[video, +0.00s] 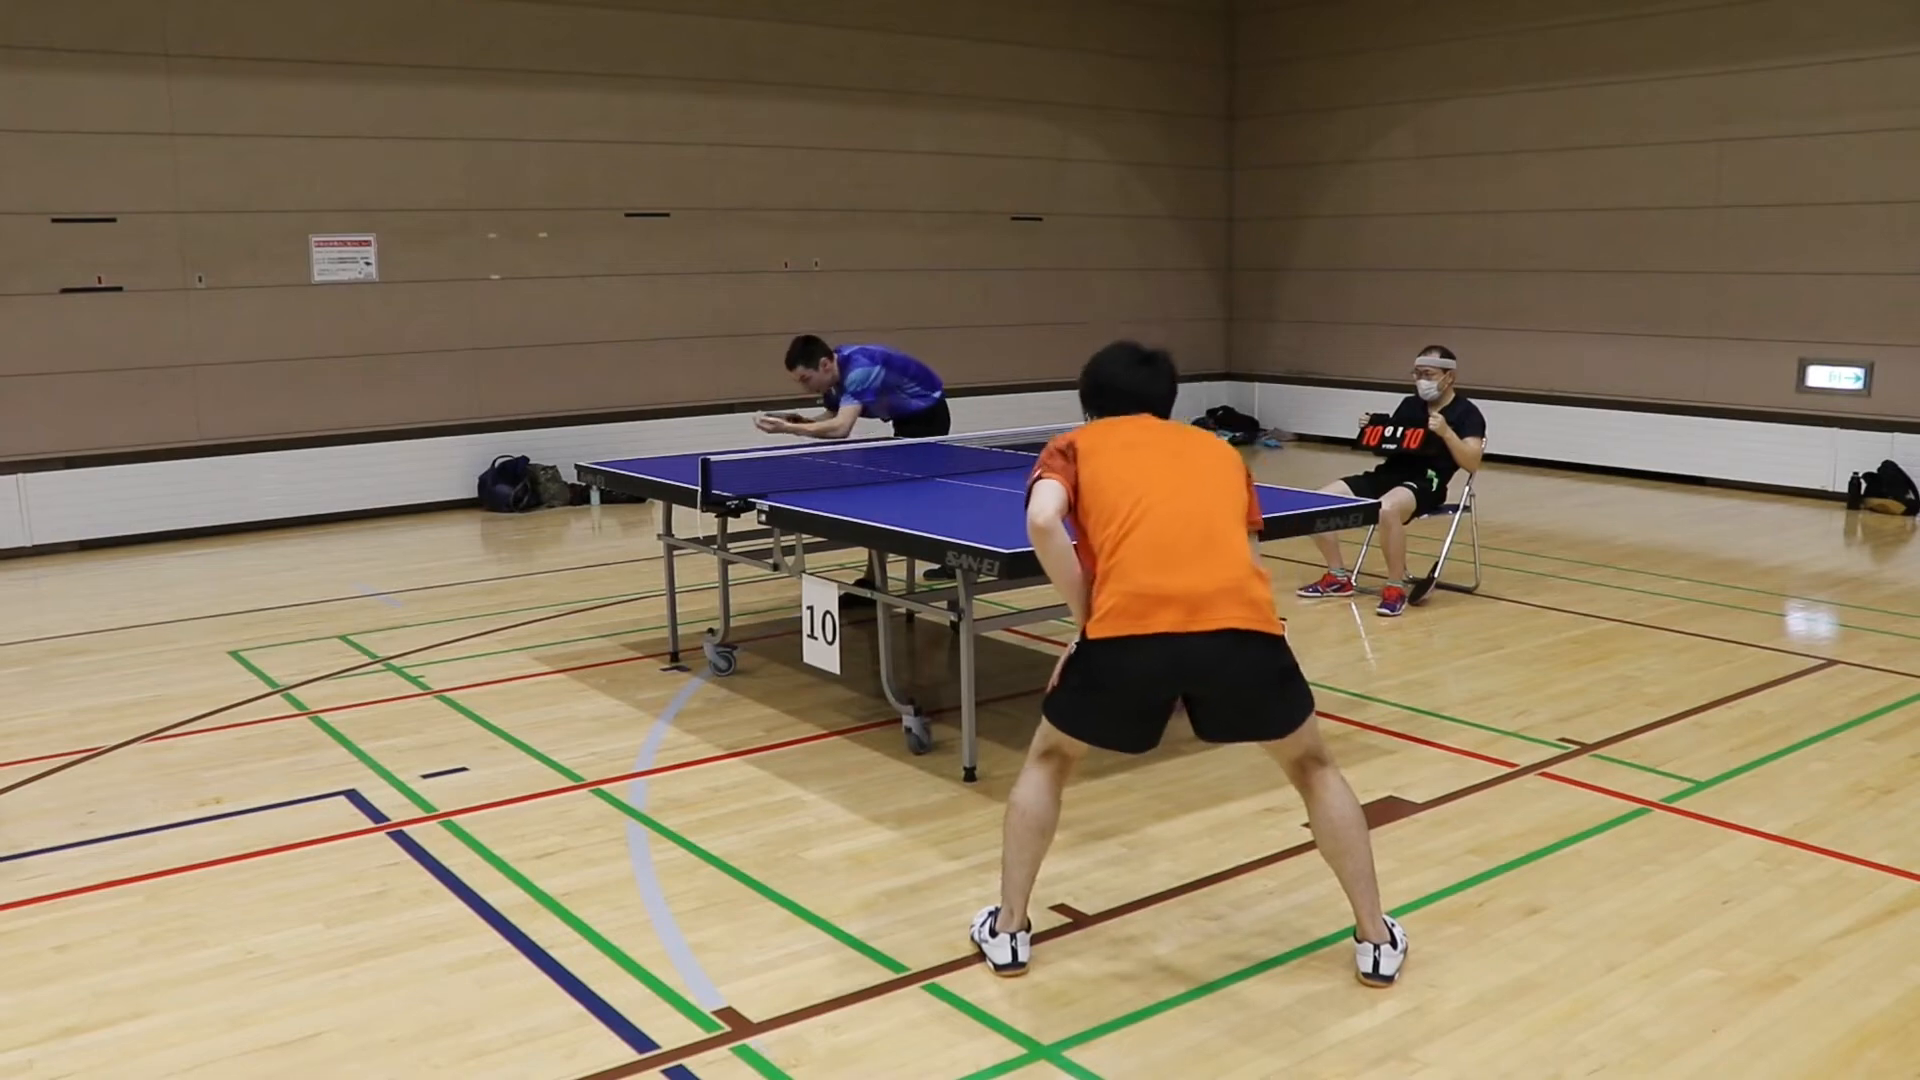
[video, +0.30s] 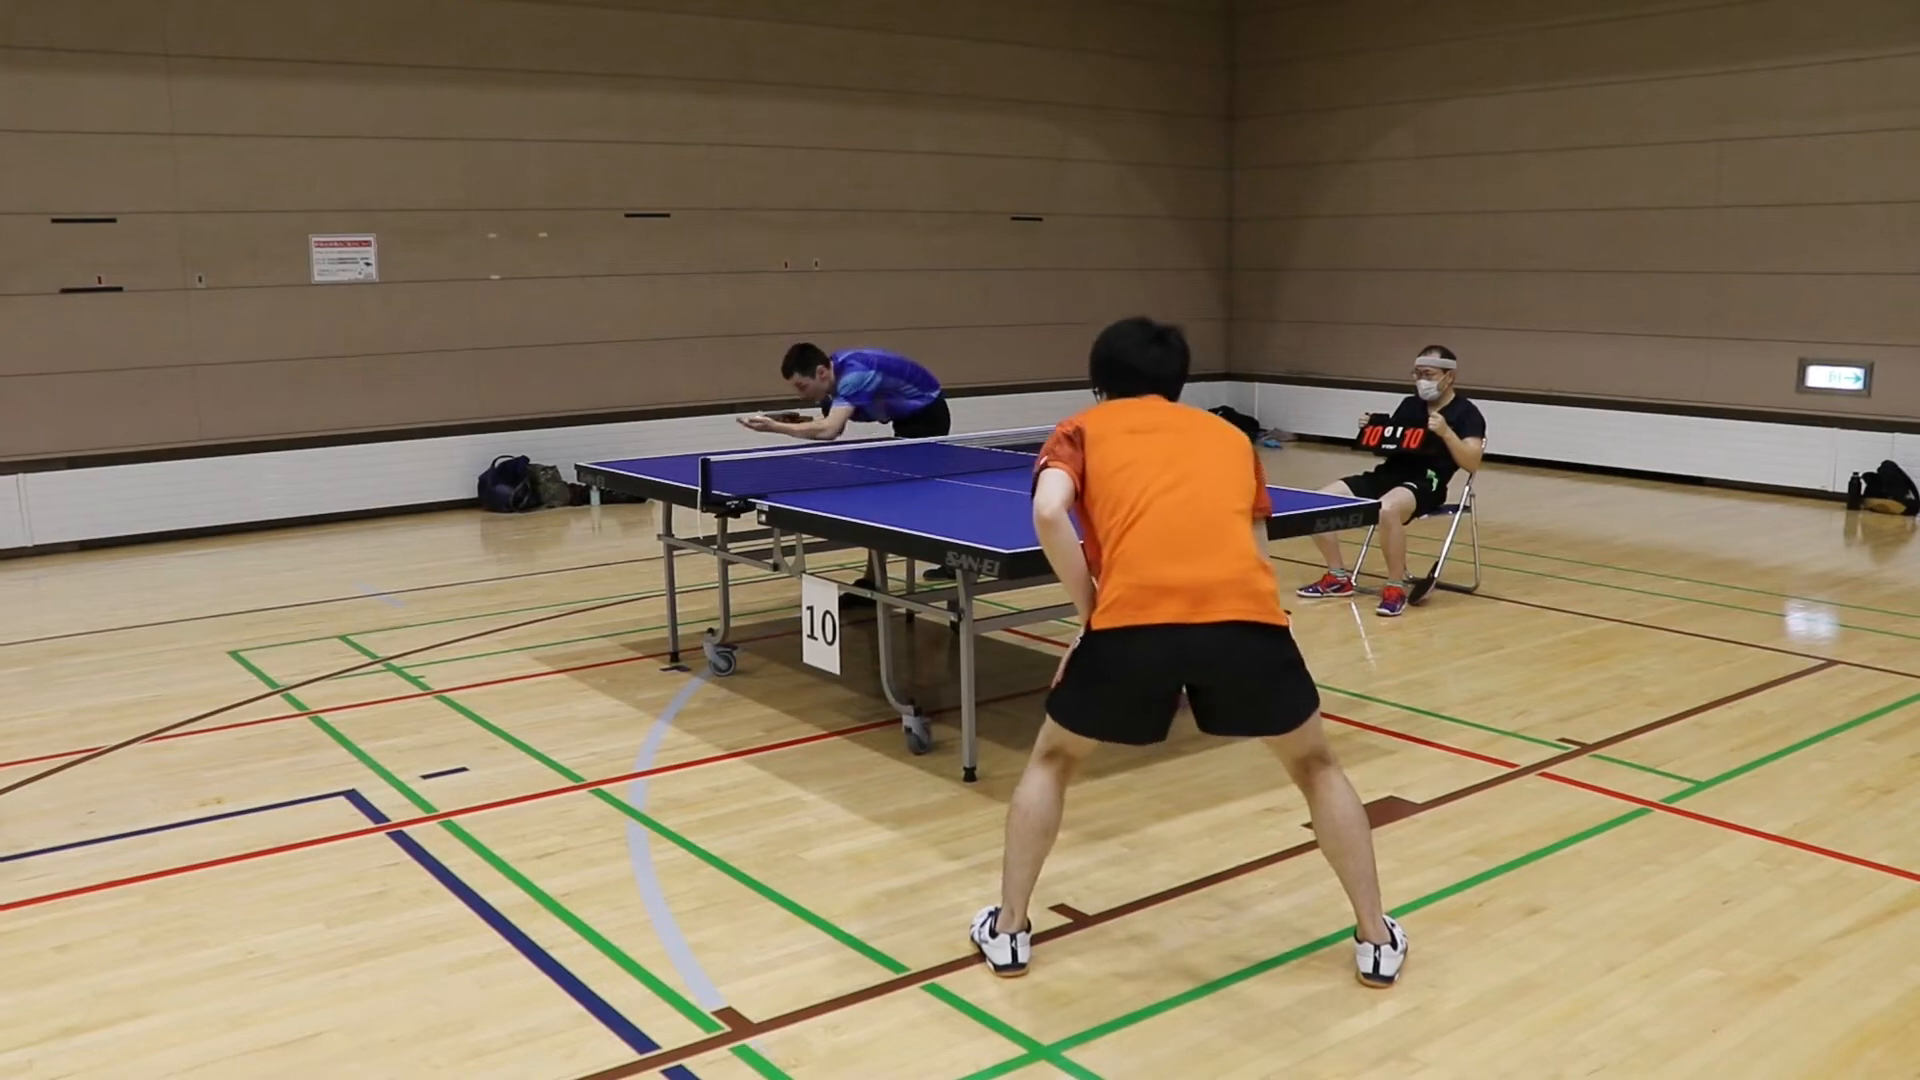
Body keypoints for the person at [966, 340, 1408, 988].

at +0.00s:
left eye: (1085, 404)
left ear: (1091, 403)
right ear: (1169, 403)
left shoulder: (1074, 445)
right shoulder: (1221, 450)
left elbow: (1043, 520)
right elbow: (1245, 543)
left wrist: (1089, 616)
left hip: (1125, 644)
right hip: (1242, 642)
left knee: (1050, 760)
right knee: (1313, 767)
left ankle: (1009, 927)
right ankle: (1376, 937)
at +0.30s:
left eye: (1095, 380)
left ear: (1100, 381)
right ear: (1178, 382)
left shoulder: (1081, 429)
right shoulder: (1230, 433)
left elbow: (1049, 511)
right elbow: (1253, 548)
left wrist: (1091, 612)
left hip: (1131, 634)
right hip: (1246, 632)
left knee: (1053, 758)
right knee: (1316, 766)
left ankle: (1009, 928)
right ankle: (1378, 938)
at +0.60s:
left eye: (1101, 373)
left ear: (1106, 375)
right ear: (1185, 377)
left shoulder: (1087, 424)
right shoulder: (1236, 429)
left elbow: (1055, 507)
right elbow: (1260, 545)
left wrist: (1096, 608)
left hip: (1136, 628)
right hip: (1251, 627)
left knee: (1057, 761)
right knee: (1317, 765)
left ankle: (1009, 929)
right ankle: (1378, 938)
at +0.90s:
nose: (1101, 373)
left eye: (1106, 363)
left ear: (1115, 364)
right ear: (1192, 365)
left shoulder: (1094, 412)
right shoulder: (1242, 421)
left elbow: (1059, 502)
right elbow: (1267, 546)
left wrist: (1096, 605)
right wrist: (1253, 621)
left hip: (1139, 622)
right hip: (1253, 621)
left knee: (1060, 760)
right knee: (1318, 765)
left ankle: (1009, 928)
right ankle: (1377, 937)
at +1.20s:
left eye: (1115, 345)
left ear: (1122, 345)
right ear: (1199, 346)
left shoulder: (1098, 399)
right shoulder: (1247, 408)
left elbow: (1062, 495)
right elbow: (1275, 541)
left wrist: (1095, 600)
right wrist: (1252, 609)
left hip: (1140, 613)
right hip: (1252, 613)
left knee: (1065, 761)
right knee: (1317, 765)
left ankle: (1009, 928)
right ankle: (1378, 938)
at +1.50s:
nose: (1136, 324)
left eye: (1137, 312)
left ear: (1143, 314)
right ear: (1220, 316)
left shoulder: (1114, 372)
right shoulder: (1262, 390)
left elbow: (1066, 483)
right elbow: (1292, 537)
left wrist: (1088, 581)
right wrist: (1222, 567)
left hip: (1140, 601)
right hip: (1249, 607)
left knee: (1069, 758)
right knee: (1313, 761)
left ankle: (1011, 928)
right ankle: (1377, 937)